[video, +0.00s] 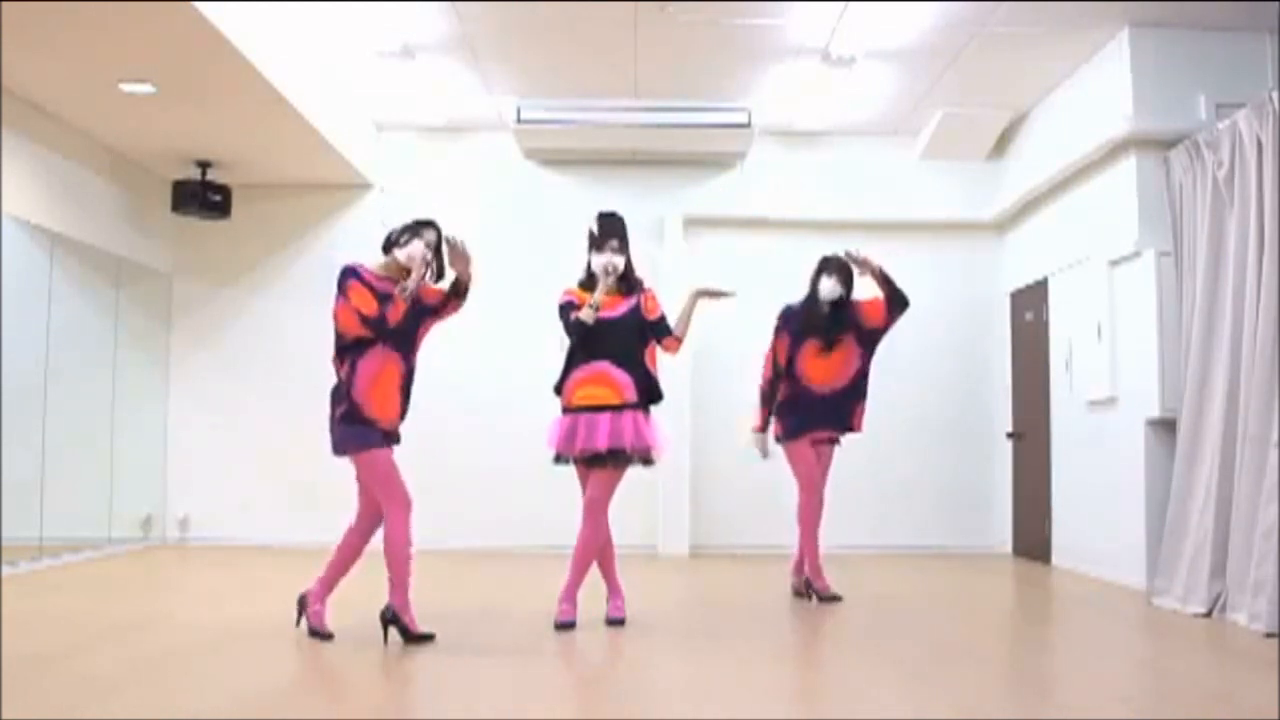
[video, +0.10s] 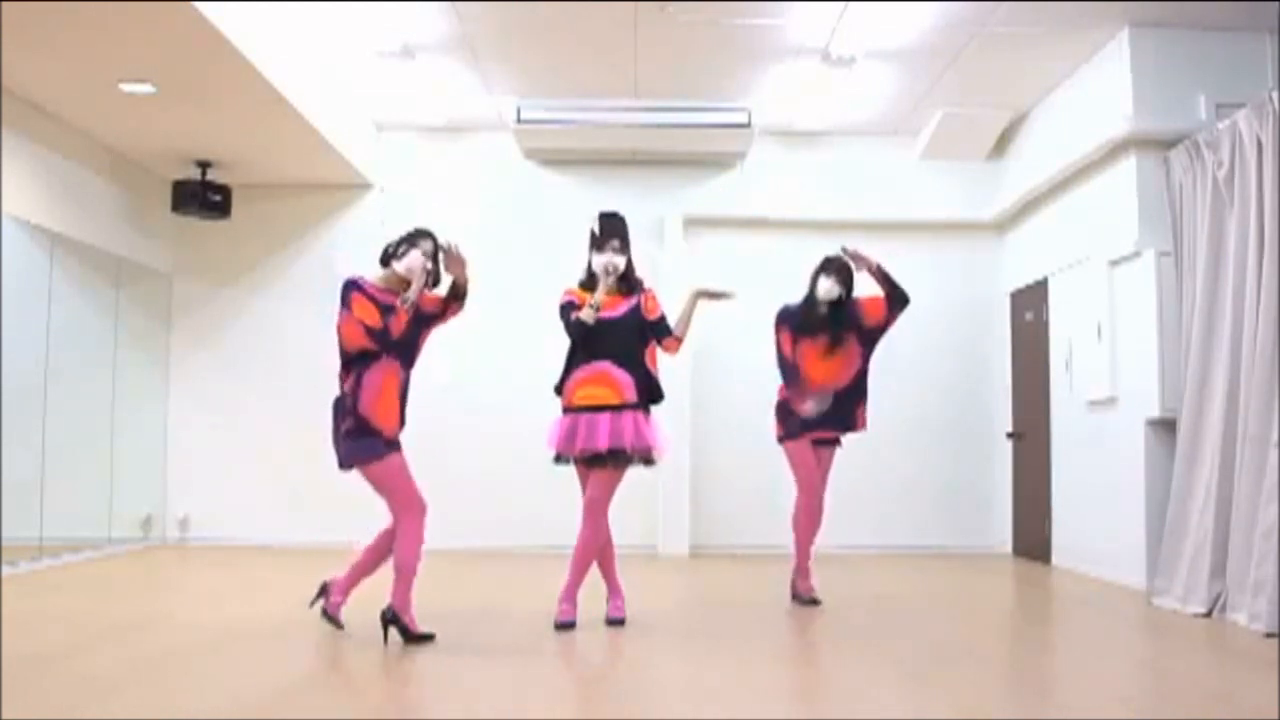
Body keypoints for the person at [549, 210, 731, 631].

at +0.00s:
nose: (611, 261)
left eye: (618, 253)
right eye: (603, 253)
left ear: (627, 256)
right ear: (590, 255)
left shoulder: (640, 297)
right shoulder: (573, 295)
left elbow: (671, 343)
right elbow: (577, 331)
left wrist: (693, 299)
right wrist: (600, 288)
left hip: (623, 407)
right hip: (581, 406)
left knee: (596, 503)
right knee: (593, 505)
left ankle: (568, 595)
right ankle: (615, 592)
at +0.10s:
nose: (611, 261)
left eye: (618, 253)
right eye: (604, 252)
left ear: (628, 256)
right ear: (591, 254)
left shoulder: (641, 297)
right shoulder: (574, 295)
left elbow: (671, 343)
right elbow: (577, 331)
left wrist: (693, 299)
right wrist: (600, 288)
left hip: (624, 406)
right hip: (581, 405)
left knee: (596, 503)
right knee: (593, 505)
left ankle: (568, 595)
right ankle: (614, 592)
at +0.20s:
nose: (612, 261)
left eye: (619, 253)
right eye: (604, 252)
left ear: (629, 256)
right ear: (592, 253)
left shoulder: (641, 297)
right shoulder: (575, 295)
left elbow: (671, 344)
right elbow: (578, 332)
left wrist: (694, 299)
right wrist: (602, 288)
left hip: (624, 407)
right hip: (581, 406)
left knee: (596, 503)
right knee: (593, 505)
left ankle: (567, 596)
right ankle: (615, 592)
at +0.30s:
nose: (612, 260)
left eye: (620, 252)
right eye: (605, 251)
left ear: (630, 255)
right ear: (593, 252)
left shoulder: (642, 297)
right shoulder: (575, 295)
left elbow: (671, 344)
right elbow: (578, 331)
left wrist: (694, 300)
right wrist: (602, 288)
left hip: (624, 406)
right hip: (581, 405)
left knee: (596, 503)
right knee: (593, 505)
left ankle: (567, 596)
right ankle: (615, 592)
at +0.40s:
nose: (613, 260)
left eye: (620, 252)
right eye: (605, 252)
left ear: (630, 255)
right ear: (593, 253)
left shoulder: (642, 297)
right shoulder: (575, 295)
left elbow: (671, 344)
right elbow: (579, 331)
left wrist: (695, 300)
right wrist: (602, 289)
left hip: (624, 407)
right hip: (581, 406)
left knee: (596, 504)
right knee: (593, 506)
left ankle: (567, 595)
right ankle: (615, 592)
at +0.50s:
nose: (613, 261)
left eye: (621, 252)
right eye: (606, 252)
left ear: (631, 255)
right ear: (593, 253)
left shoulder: (642, 297)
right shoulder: (576, 295)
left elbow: (671, 344)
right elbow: (579, 332)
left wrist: (695, 300)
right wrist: (602, 289)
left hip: (624, 407)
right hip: (582, 406)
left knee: (596, 503)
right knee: (594, 505)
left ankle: (567, 595)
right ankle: (615, 592)